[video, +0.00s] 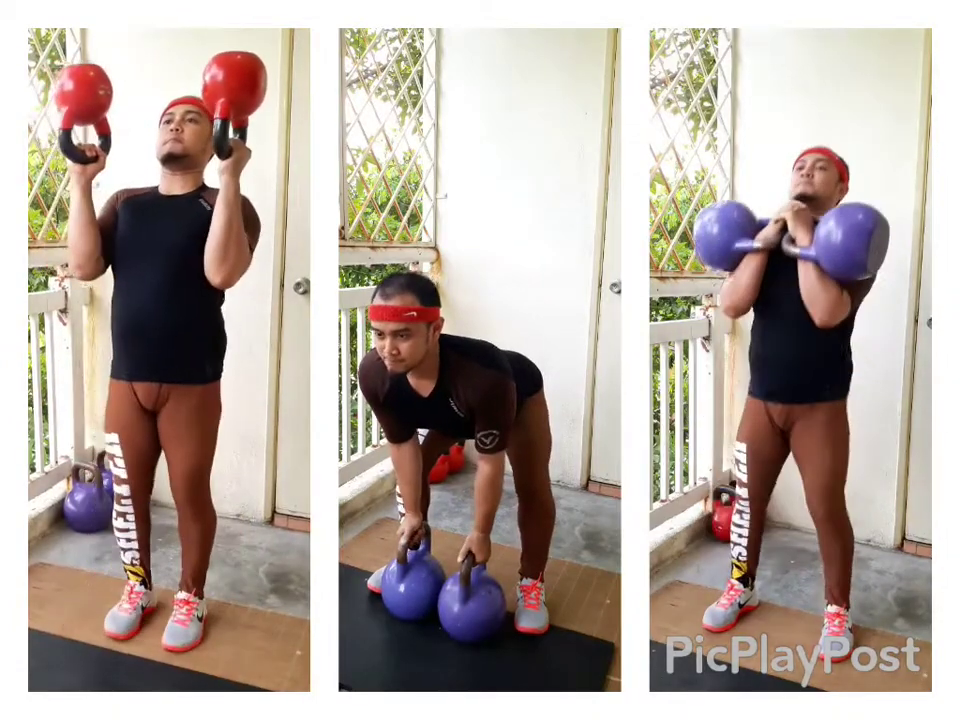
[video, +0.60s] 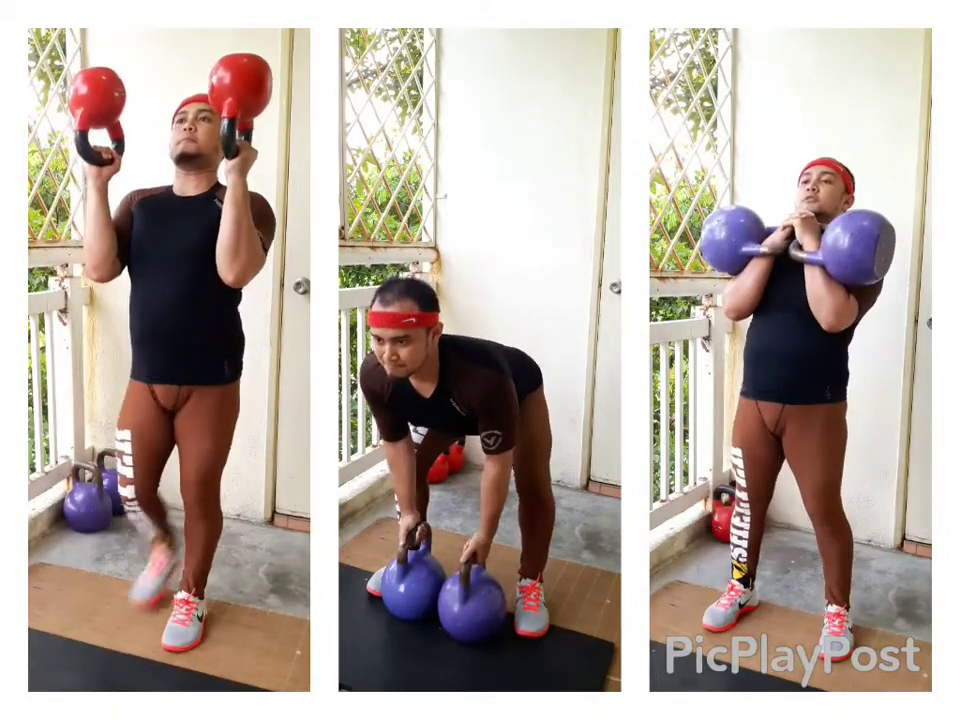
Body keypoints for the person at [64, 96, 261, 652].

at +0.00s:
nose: (174, 127)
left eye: (190, 121)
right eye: (167, 121)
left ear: (213, 140)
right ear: (156, 140)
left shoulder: (231, 207)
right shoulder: (125, 202)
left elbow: (222, 272)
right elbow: (84, 266)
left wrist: (228, 179)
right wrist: (82, 182)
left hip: (191, 379)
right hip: (126, 375)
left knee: (189, 493)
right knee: (131, 490)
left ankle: (190, 597)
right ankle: (136, 586)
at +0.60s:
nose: (188, 127)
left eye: (203, 119)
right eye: (180, 121)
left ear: (227, 138)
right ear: (169, 142)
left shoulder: (247, 205)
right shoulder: (140, 203)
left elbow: (235, 271)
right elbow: (100, 268)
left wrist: (235, 180)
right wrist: (98, 186)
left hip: (211, 381)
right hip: (146, 378)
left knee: (199, 497)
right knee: (140, 490)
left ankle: (191, 595)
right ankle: (166, 546)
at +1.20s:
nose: (190, 204)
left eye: (204, 196)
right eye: (181, 197)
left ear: (225, 213)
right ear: (171, 215)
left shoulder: (248, 278)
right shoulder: (147, 275)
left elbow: (235, 344)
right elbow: (114, 342)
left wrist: (237, 254)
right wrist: (104, 261)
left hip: (226, 414)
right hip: (168, 412)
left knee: (185, 504)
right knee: (175, 473)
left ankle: (187, 600)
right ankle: (212, 504)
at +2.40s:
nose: (198, 122)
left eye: (211, 116)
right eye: (191, 117)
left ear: (236, 136)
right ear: (180, 137)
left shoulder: (258, 208)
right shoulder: (149, 202)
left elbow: (240, 276)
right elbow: (110, 268)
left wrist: (243, 180)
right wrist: (104, 184)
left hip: (216, 380)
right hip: (154, 373)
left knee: (201, 494)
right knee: (144, 479)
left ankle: (191, 597)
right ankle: (172, 538)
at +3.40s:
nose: (159, 134)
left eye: (172, 126)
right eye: (150, 127)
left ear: (195, 144)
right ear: (139, 146)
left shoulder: (216, 214)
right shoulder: (110, 207)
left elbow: (198, 282)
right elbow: (73, 274)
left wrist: (201, 189)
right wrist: (70, 194)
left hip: (185, 381)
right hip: (122, 379)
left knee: (186, 493)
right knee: (126, 493)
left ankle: (212, 517)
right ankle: (142, 584)